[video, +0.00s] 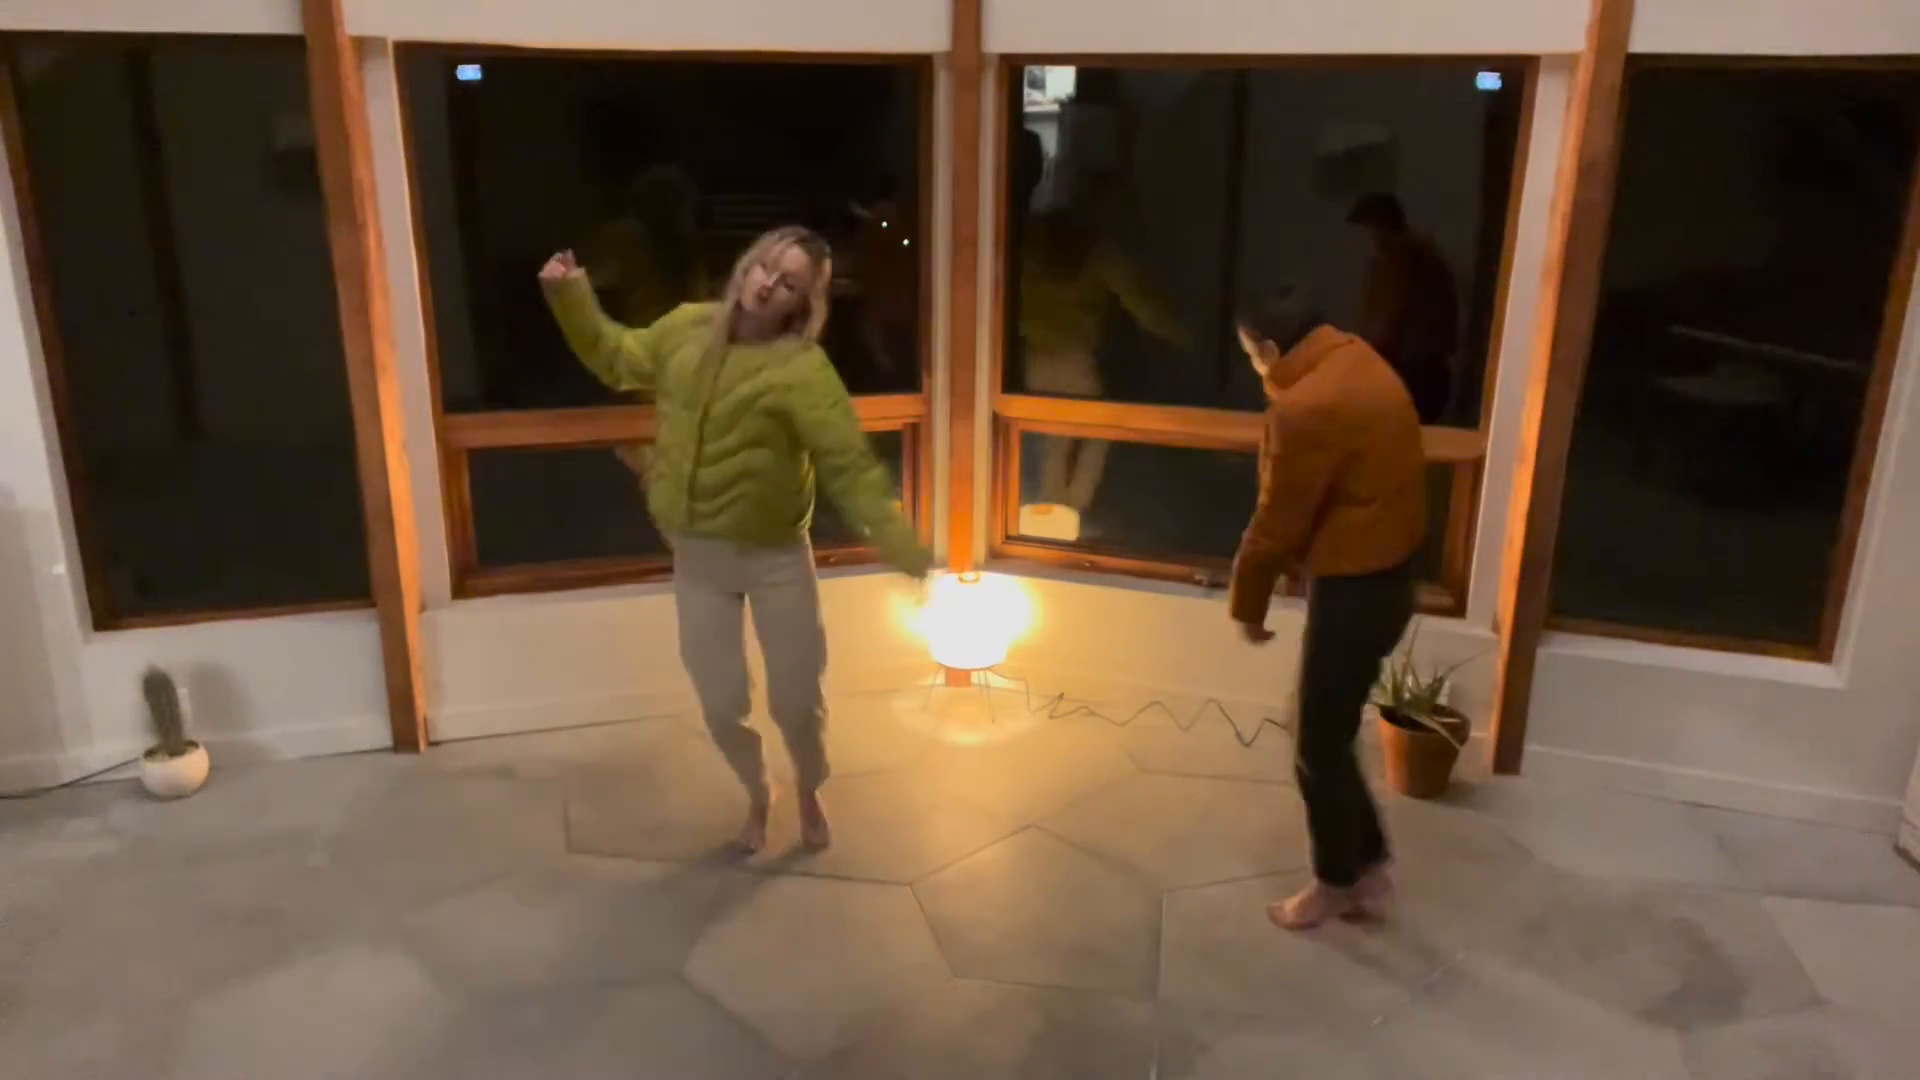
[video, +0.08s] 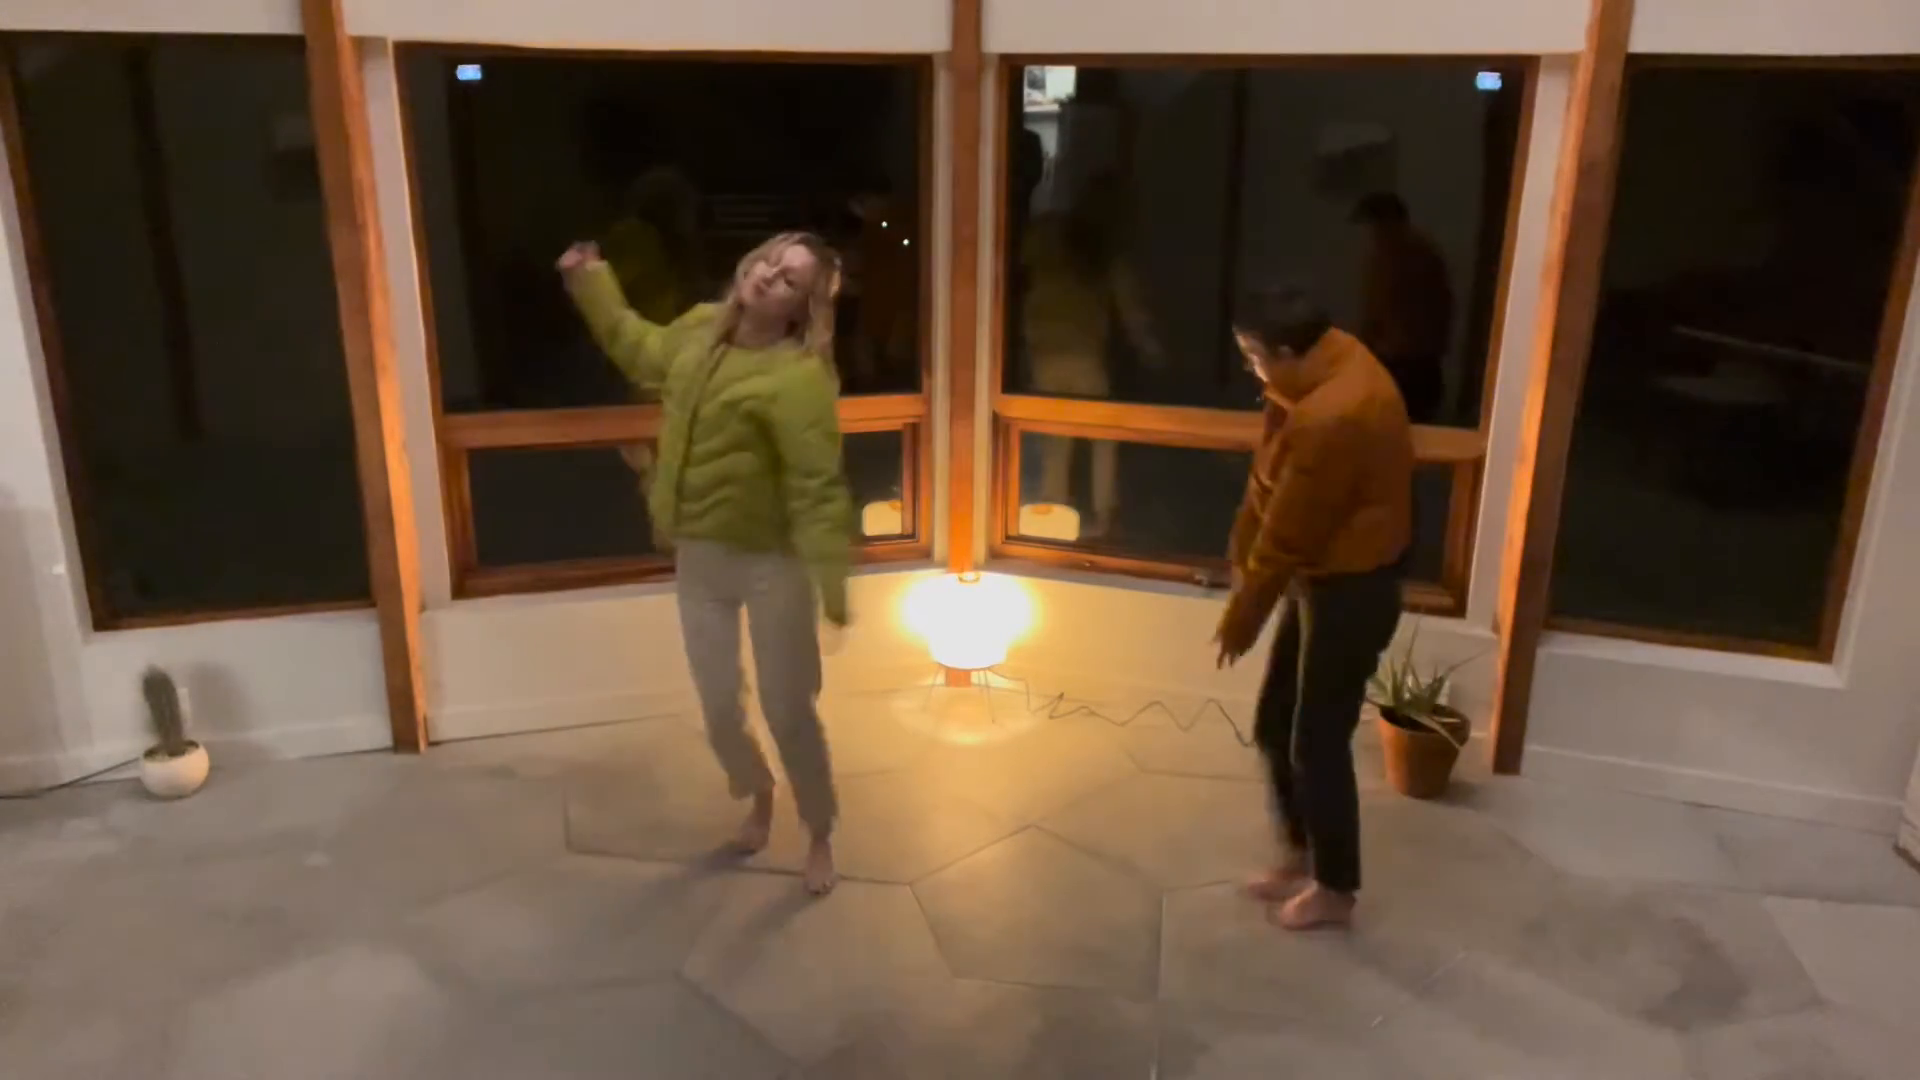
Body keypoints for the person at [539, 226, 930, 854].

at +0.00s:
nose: (768, 282)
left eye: (787, 281)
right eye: (766, 265)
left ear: (800, 303)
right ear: (745, 264)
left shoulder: (802, 367)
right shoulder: (686, 330)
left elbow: (852, 469)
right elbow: (619, 364)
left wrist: (911, 555)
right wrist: (571, 297)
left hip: (778, 555)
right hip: (698, 553)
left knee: (795, 704)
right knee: (721, 708)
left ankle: (809, 795)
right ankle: (757, 799)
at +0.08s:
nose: (769, 277)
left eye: (789, 282)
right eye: (771, 262)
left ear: (800, 310)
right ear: (749, 263)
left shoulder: (798, 377)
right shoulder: (699, 329)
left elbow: (818, 487)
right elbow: (642, 354)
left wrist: (834, 584)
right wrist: (592, 281)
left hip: (774, 561)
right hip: (699, 555)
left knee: (788, 709)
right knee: (719, 709)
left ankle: (819, 834)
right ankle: (758, 794)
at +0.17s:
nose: (763, 273)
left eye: (784, 278)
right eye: (765, 260)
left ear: (799, 315)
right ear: (742, 269)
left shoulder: (789, 385)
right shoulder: (703, 336)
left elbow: (793, 507)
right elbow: (653, 338)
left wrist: (780, 619)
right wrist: (615, 273)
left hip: (768, 570)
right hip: (701, 559)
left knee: (791, 719)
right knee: (704, 716)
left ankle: (822, 842)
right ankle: (764, 796)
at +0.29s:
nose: (739, 268)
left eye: (760, 274)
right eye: (748, 260)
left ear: (774, 317)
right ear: (734, 287)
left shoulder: (758, 395)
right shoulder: (707, 342)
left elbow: (741, 517)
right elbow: (691, 305)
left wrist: (683, 604)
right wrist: (677, 264)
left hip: (763, 566)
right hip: (702, 557)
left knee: (756, 723)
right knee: (705, 720)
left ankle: (815, 831)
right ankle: (773, 825)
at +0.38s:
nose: (723, 264)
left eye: (744, 272)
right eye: (736, 256)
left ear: (753, 318)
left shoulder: (736, 394)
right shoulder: (692, 364)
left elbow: (714, 515)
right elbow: (672, 451)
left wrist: (645, 600)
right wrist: (658, 503)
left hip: (751, 576)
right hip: (701, 568)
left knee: (731, 729)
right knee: (716, 726)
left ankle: (799, 844)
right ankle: (776, 834)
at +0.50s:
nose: (688, 262)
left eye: (704, 266)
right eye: (703, 255)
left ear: (721, 308)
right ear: (719, 309)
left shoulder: (683, 391)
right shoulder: (706, 372)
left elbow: (656, 513)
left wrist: (582, 599)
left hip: (726, 587)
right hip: (711, 582)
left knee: (711, 736)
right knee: (684, 720)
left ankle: (770, 877)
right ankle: (762, 821)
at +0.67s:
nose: (643, 270)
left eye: (653, 270)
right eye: (653, 261)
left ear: (663, 301)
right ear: (712, 306)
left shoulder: (622, 381)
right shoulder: (738, 358)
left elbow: (591, 506)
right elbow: (797, 436)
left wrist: (522, 600)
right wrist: (855, 456)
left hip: (685, 602)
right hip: (730, 589)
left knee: (645, 752)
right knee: (701, 735)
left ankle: (730, 873)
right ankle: (747, 867)